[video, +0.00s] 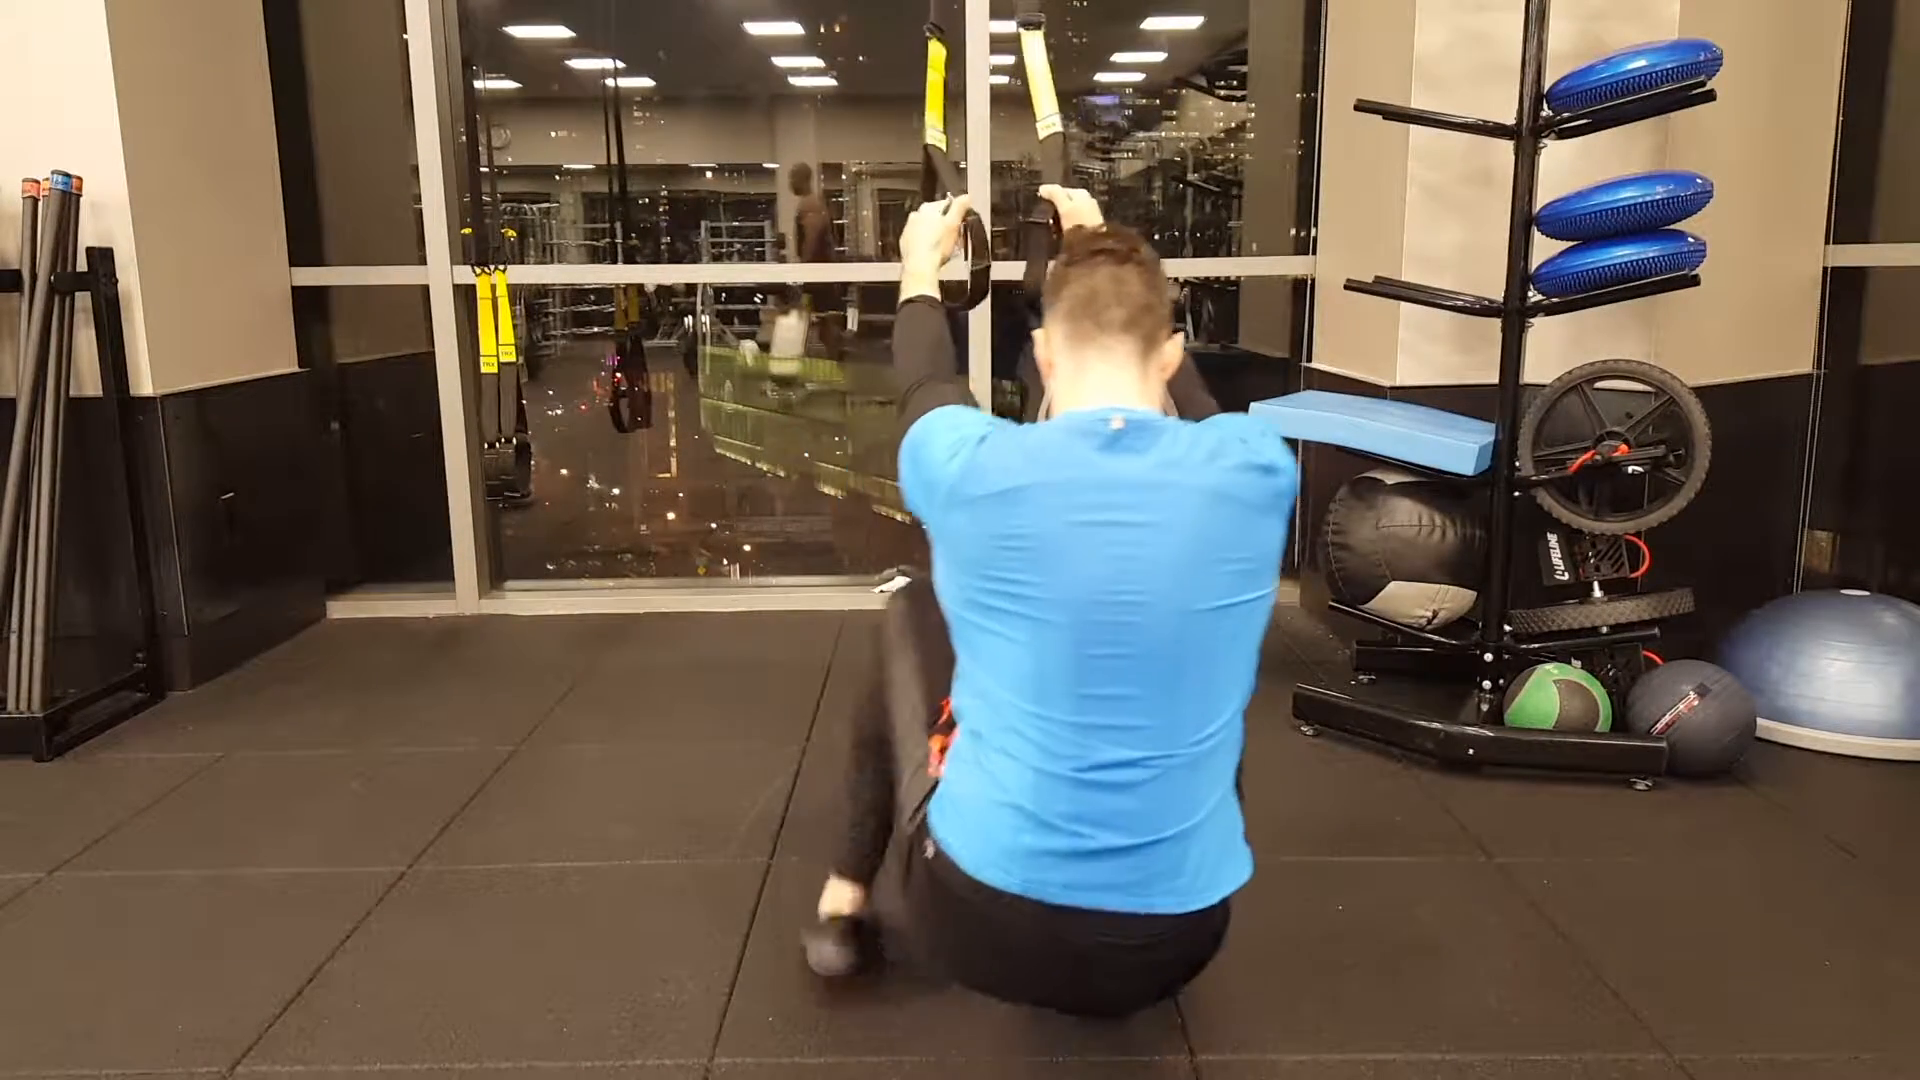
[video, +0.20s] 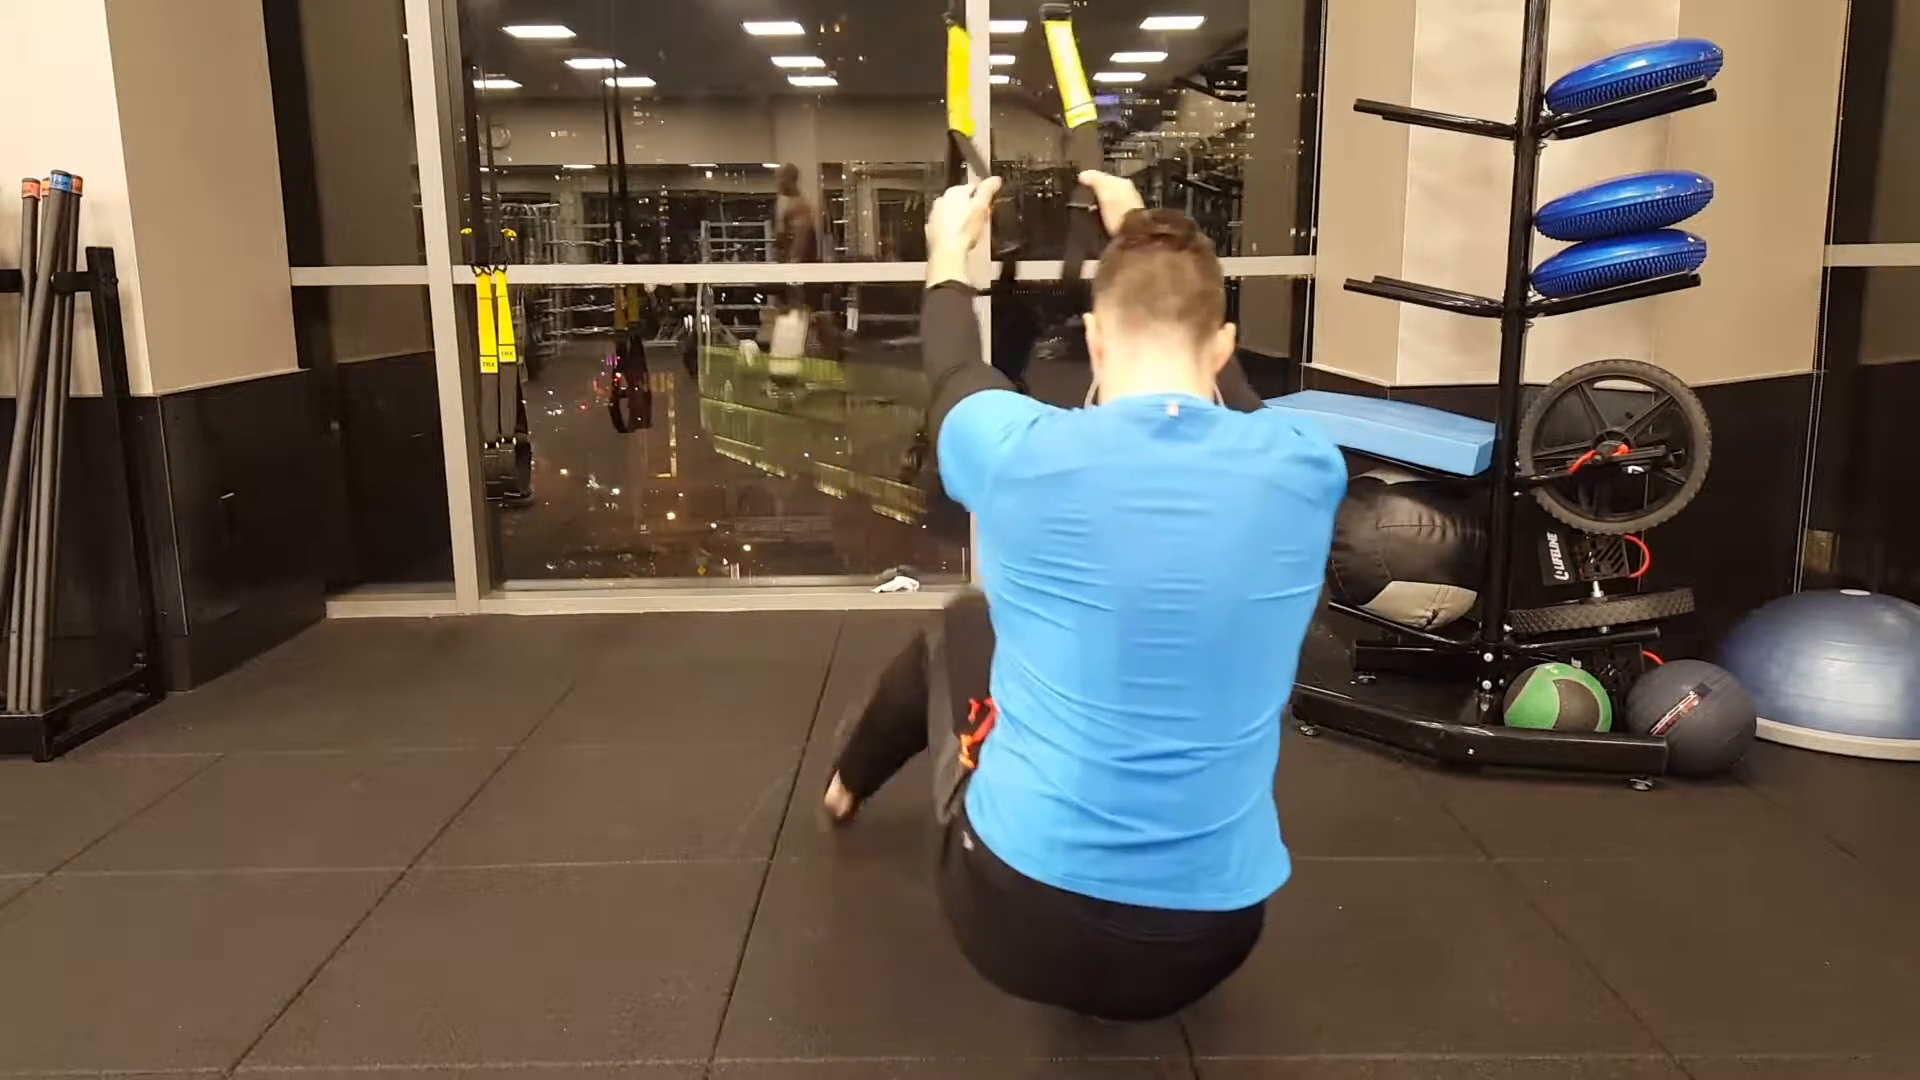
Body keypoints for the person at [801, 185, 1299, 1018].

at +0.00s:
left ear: (1041, 357)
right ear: (1169, 358)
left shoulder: (975, 471)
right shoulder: (1256, 475)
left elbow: (928, 378)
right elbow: (1181, 396)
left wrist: (916, 271)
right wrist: (1102, 256)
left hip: (988, 930)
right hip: (1171, 945)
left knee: (910, 603)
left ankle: (845, 896)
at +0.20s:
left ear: (1096, 339)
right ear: (1224, 347)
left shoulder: (1019, 454)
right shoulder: (1305, 471)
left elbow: (955, 365)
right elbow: (1216, 368)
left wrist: (947, 262)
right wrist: (1145, 238)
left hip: (1019, 933)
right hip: (1201, 948)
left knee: (962, 622)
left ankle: (845, 787)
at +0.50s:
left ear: (1111, 362)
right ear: (1242, 373)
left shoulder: (1034, 481)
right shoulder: (1322, 488)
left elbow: (1000, 378)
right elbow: (1243, 398)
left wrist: (990, 252)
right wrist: (1165, 253)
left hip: (1059, 959)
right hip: (1240, 967)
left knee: (1006, 671)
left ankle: (952, 725)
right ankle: (958, 730)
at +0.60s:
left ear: (1110, 358)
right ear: (1241, 367)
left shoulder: (1036, 483)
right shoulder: (1323, 488)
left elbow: (995, 375)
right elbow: (1230, 392)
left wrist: (981, 251)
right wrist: (1158, 252)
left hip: (1066, 957)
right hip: (1246, 965)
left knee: (1000, 634)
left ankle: (969, 733)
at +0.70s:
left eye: (1112, 350)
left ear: (1112, 360)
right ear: (1242, 369)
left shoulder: (1036, 487)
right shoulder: (1326, 490)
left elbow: (987, 375)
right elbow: (1231, 391)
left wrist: (971, 257)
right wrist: (1157, 255)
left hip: (1068, 959)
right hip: (1250, 967)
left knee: (1001, 634)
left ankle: (979, 740)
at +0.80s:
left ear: (1116, 369)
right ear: (1246, 378)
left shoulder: (1040, 495)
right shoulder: (1326, 497)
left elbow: (990, 381)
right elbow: (1233, 396)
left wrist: (974, 262)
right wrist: (1164, 264)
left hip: (1070, 966)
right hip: (1248, 972)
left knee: (1008, 635)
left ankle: (985, 748)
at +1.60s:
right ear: (1279, 1)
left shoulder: (1050, 78)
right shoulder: (1361, 94)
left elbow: (984, 290)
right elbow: (1329, 286)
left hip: (1082, 522)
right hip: (1273, 546)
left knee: (998, 626)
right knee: (1152, 662)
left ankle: (945, 719)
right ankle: (1111, 943)